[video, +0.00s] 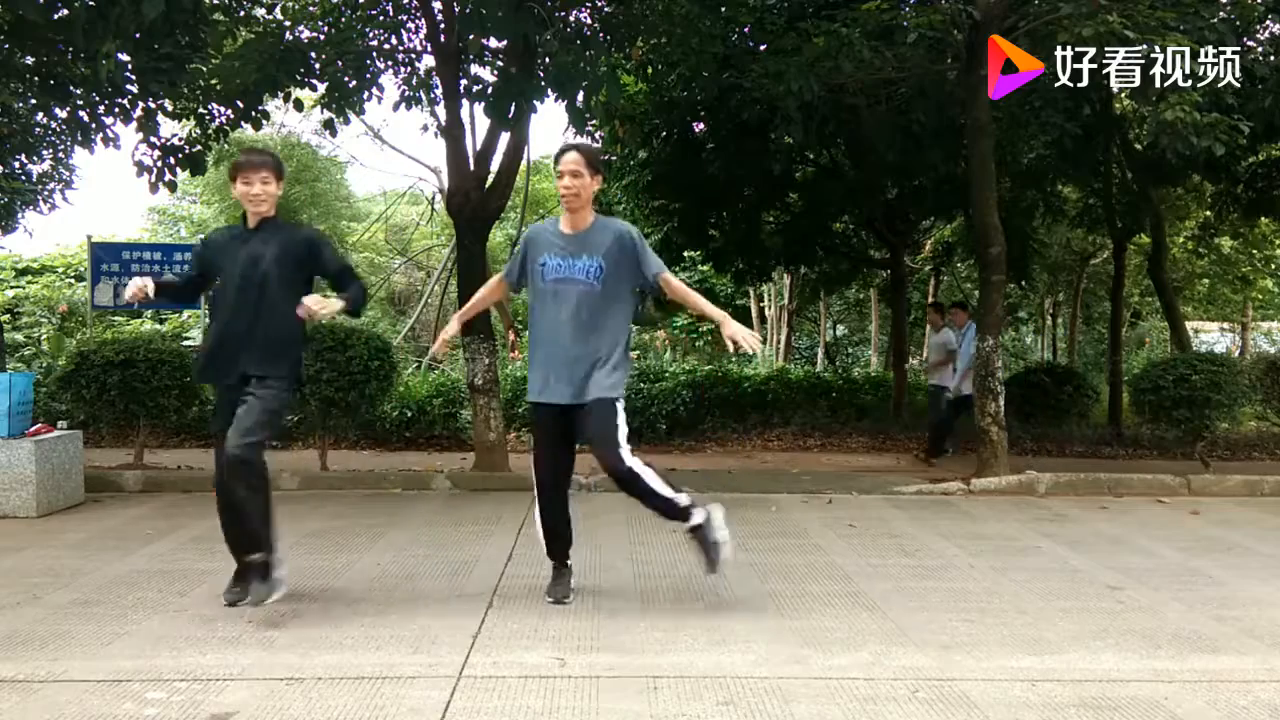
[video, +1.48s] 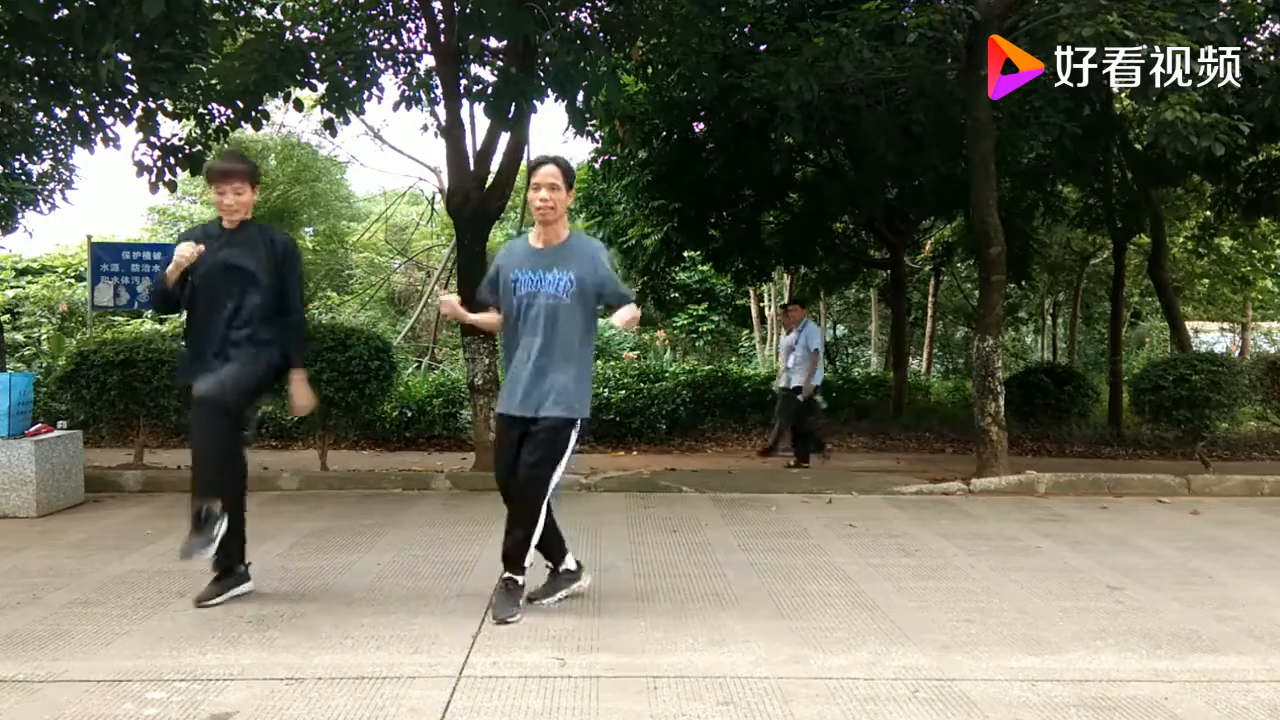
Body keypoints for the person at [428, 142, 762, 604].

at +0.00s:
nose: (566, 183)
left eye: (576, 175)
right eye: (561, 175)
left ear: (596, 182)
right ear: (554, 183)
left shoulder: (621, 236)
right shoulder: (535, 237)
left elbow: (668, 283)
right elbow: (503, 282)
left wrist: (722, 318)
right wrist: (458, 318)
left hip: (601, 379)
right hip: (547, 380)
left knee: (616, 463)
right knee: (549, 482)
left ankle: (695, 518)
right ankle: (559, 567)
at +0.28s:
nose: (550, 201)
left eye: (559, 193)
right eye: (543, 193)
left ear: (577, 200)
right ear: (534, 200)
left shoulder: (601, 258)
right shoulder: (522, 258)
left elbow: (621, 322)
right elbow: (514, 329)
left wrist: (668, 346)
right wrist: (454, 336)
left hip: (577, 399)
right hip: (523, 397)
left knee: (540, 493)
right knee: (528, 495)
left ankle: (493, 577)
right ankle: (575, 574)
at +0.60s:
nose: (543, 177)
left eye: (552, 169)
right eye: (535, 169)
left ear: (568, 178)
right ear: (524, 176)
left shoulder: (587, 232)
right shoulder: (506, 234)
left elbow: (642, 262)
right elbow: (475, 272)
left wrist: (650, 274)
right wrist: (437, 275)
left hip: (572, 377)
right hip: (521, 378)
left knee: (573, 478)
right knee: (534, 481)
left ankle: (579, 583)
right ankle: (546, 563)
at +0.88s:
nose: (540, 202)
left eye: (550, 194)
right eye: (533, 193)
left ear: (566, 202)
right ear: (523, 201)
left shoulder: (588, 262)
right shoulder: (508, 261)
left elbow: (599, 329)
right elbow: (497, 328)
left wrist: (627, 312)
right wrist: (450, 309)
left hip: (567, 402)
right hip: (515, 400)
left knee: (536, 491)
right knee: (529, 497)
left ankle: (498, 578)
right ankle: (582, 574)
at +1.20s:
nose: (539, 182)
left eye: (549, 174)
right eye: (532, 174)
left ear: (565, 183)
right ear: (523, 181)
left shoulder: (587, 238)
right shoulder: (503, 239)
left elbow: (647, 270)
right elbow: (458, 276)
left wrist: (645, 311)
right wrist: (435, 311)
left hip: (566, 379)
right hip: (518, 380)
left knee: (553, 481)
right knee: (527, 484)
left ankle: (562, 587)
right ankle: (557, 569)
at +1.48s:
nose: (543, 196)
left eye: (553, 188)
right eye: (536, 188)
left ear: (570, 196)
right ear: (527, 195)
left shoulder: (589, 253)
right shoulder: (510, 254)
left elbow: (624, 306)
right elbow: (501, 318)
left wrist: (626, 315)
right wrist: (463, 313)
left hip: (564, 393)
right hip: (516, 391)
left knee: (531, 484)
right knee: (510, 482)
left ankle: (511, 579)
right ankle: (565, 566)